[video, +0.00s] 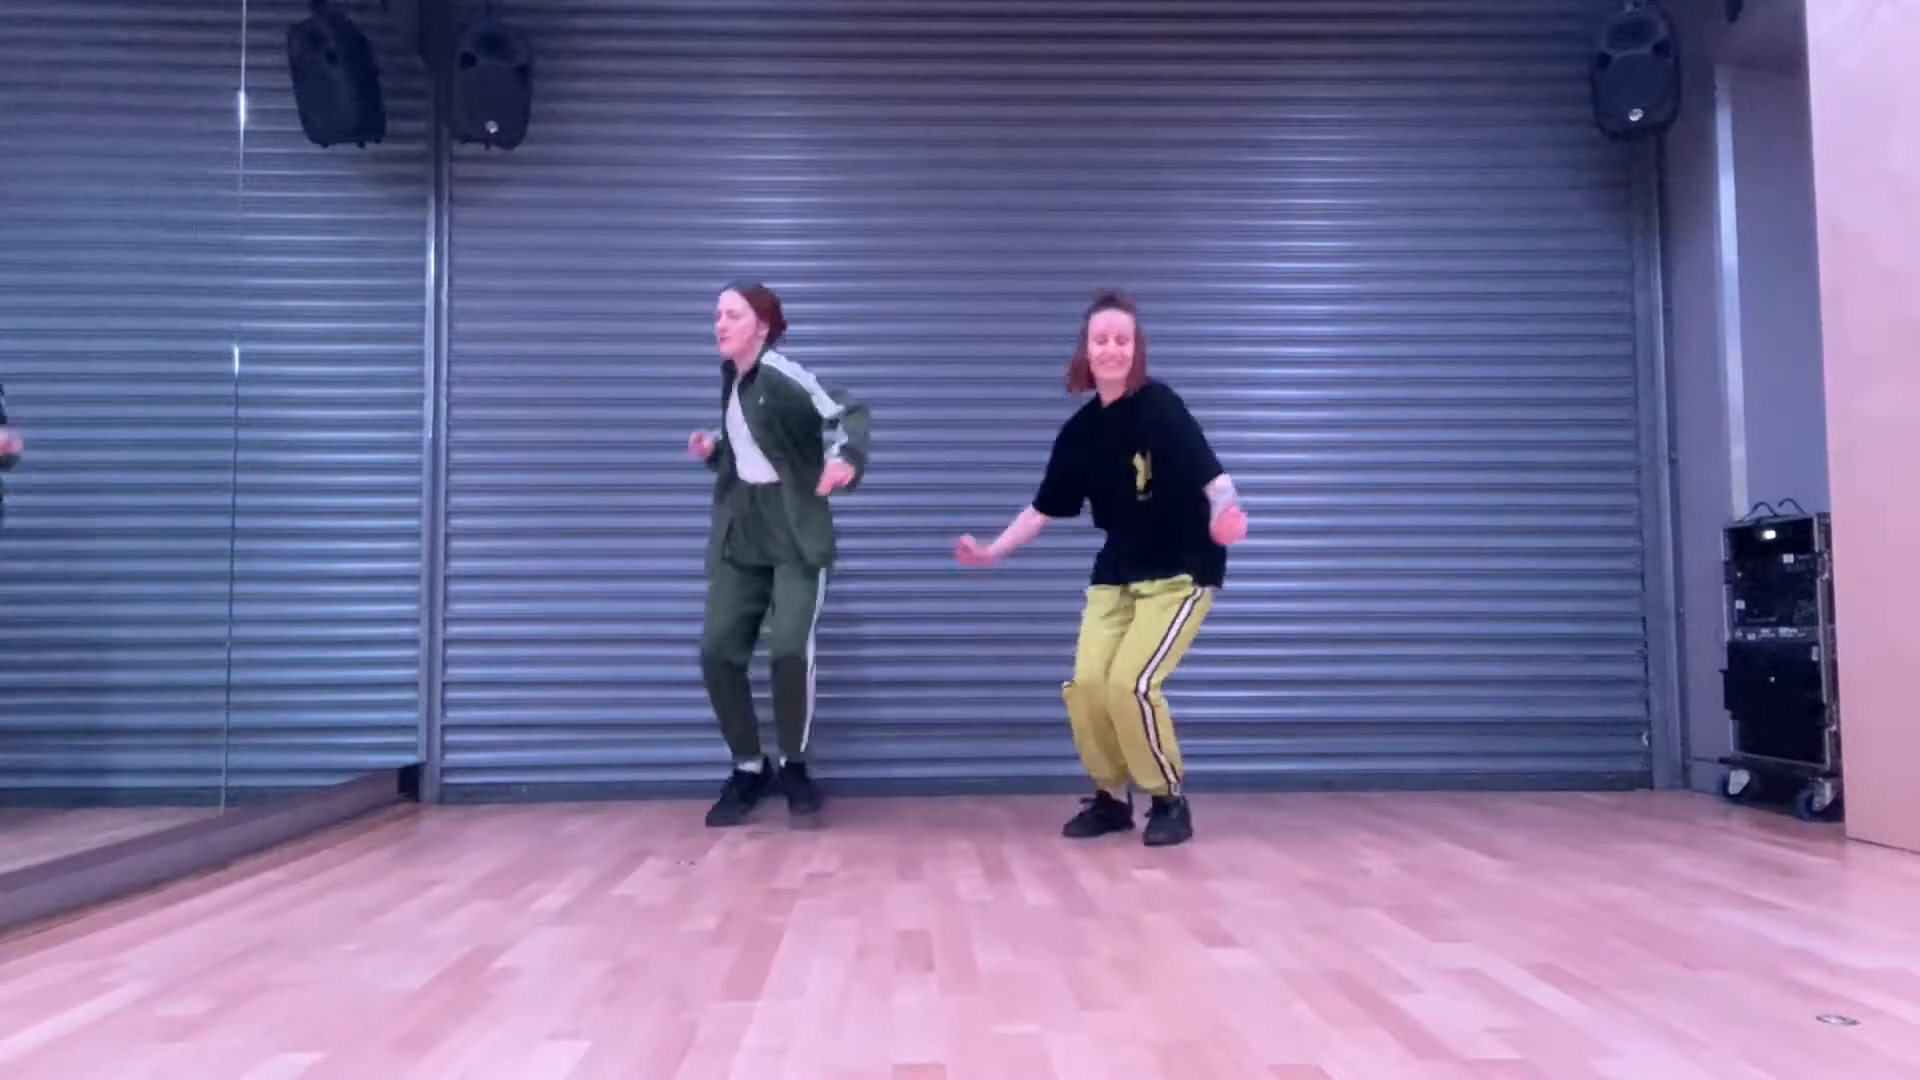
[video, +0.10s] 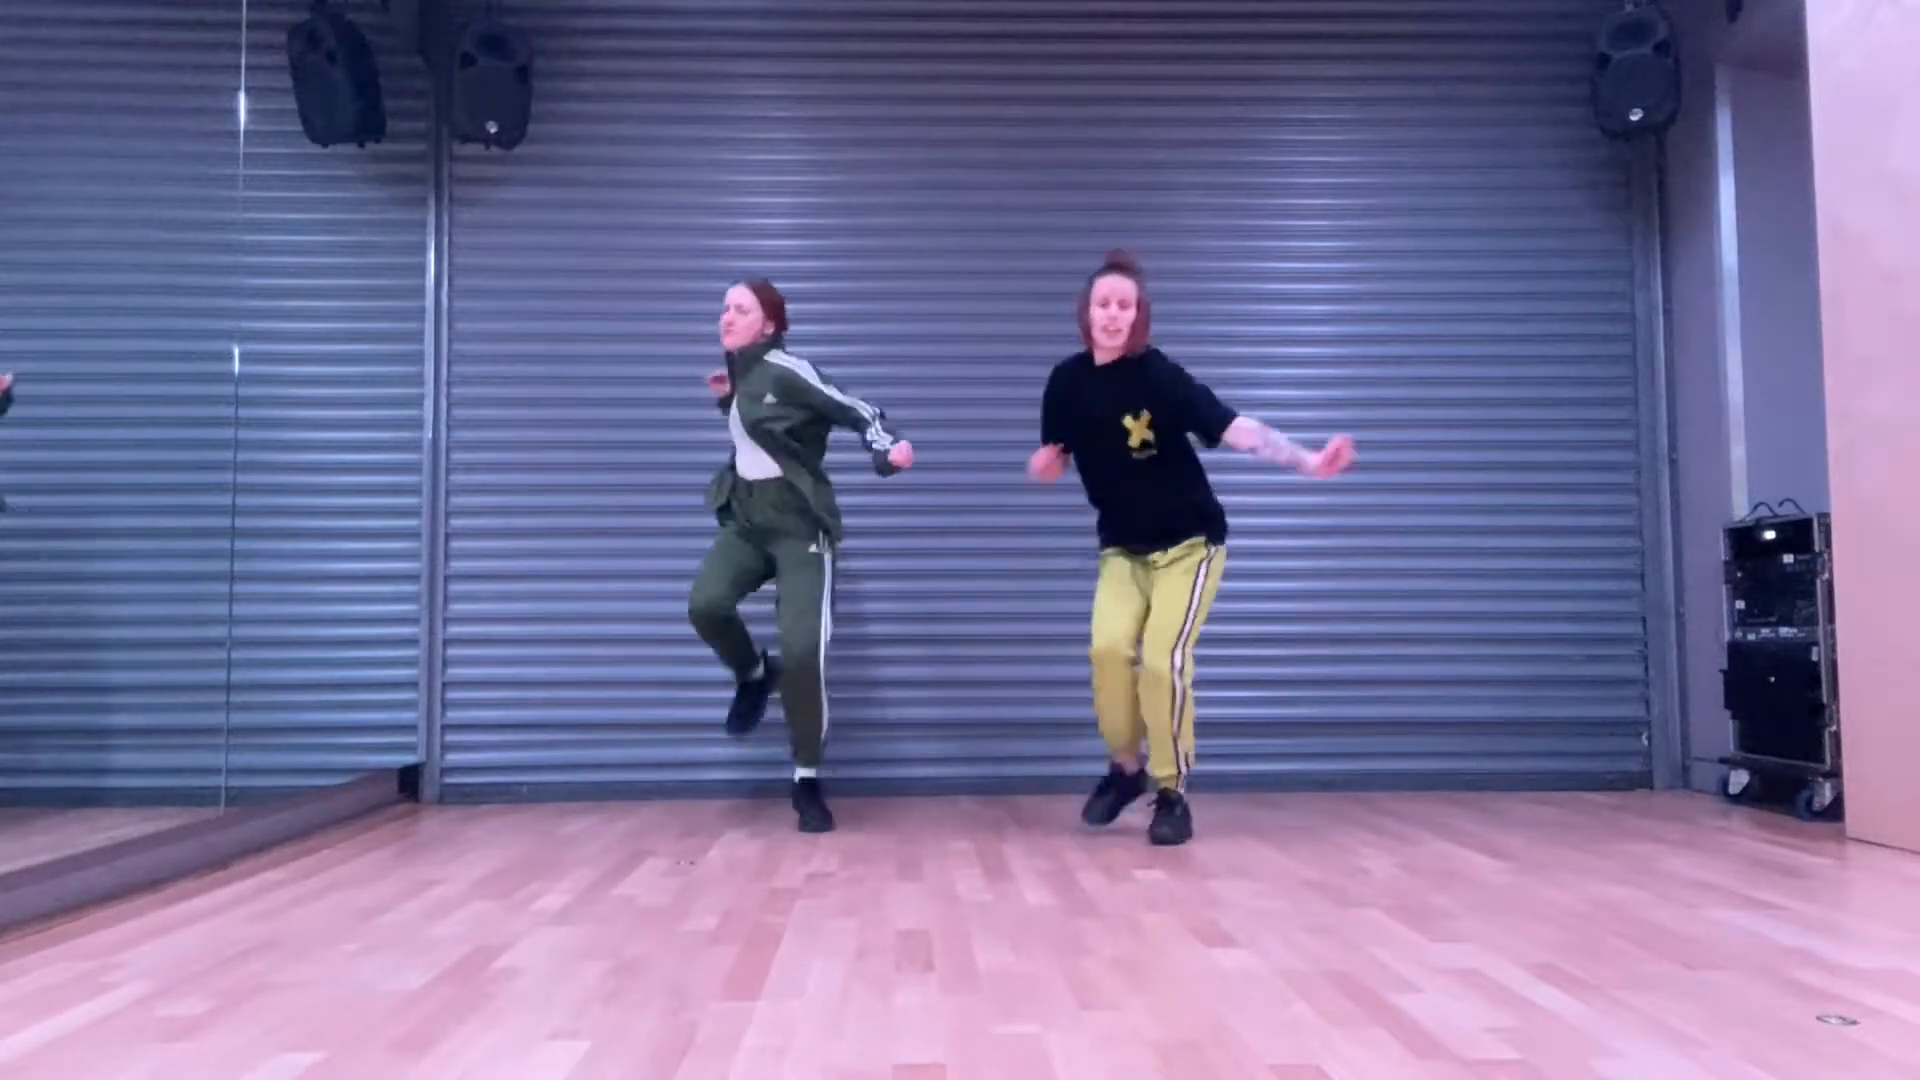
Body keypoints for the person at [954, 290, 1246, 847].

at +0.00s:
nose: (1111, 350)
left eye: (1122, 340)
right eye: (1101, 339)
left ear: (1137, 348)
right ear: (1085, 350)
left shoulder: (1161, 408)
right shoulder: (1079, 430)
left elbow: (1215, 484)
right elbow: (1043, 509)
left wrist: (1224, 519)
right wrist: (992, 552)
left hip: (1181, 573)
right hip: (1116, 575)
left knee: (1128, 683)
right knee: (1086, 684)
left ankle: (1168, 802)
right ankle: (1111, 801)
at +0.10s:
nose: (1113, 315)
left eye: (1125, 305)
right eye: (1103, 303)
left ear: (1140, 315)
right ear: (1085, 311)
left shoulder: (1159, 376)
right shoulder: (1067, 381)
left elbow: (1232, 428)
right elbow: (1055, 455)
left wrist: (1307, 460)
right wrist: (1047, 465)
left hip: (1189, 543)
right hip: (1123, 549)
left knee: (1161, 659)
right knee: (1108, 649)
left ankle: (1170, 792)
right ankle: (1127, 771)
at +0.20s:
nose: (1123, 308)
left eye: (1134, 299)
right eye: (1113, 297)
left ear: (1150, 308)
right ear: (1097, 305)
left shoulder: (1173, 375)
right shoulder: (1072, 365)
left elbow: (1262, 400)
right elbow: (1047, 433)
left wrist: (1352, 407)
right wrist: (1075, 431)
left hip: (1186, 532)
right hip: (1120, 533)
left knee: (1177, 657)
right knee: (1113, 607)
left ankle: (1176, 793)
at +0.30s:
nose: (1138, 291)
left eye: (1148, 281)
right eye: (1128, 281)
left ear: (1165, 293)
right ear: (1111, 291)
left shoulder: (1194, 361)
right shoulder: (1086, 354)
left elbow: (1280, 391)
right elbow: (1043, 410)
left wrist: (1360, 400)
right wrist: (1035, 427)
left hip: (1181, 530)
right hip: (1112, 523)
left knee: (1166, 658)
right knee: (1082, 581)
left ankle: (1174, 791)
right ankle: (1136, 636)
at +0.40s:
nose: (1154, 295)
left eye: (1164, 284)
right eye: (1143, 285)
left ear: (1181, 293)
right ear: (1127, 298)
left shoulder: (1218, 359)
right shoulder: (1108, 363)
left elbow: (1268, 397)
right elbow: (1027, 412)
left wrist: (1288, 405)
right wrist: (945, 444)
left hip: (1178, 536)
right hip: (1107, 523)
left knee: (1148, 663)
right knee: (1033, 597)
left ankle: (1169, 796)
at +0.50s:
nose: (1161, 284)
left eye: (1171, 280)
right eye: (1150, 280)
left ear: (1188, 303)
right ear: (1133, 305)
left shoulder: (1226, 368)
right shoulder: (1108, 375)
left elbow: (1305, 376)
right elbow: (1019, 400)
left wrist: (1266, 395)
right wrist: (931, 418)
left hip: (1180, 553)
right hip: (1108, 545)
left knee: (1148, 669)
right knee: (1026, 634)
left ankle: (1167, 799)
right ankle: (918, 721)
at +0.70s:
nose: (1146, 271)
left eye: (1157, 264)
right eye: (1137, 263)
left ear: (1176, 279)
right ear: (1120, 279)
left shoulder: (1192, 333)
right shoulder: (1096, 335)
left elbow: (1200, 349)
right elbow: (1127, 374)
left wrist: (1115, 331)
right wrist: (1184, 364)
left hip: (1159, 507)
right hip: (1087, 505)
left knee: (1163, 616)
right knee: (1090, 631)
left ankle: (1137, 713)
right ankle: (1103, 767)